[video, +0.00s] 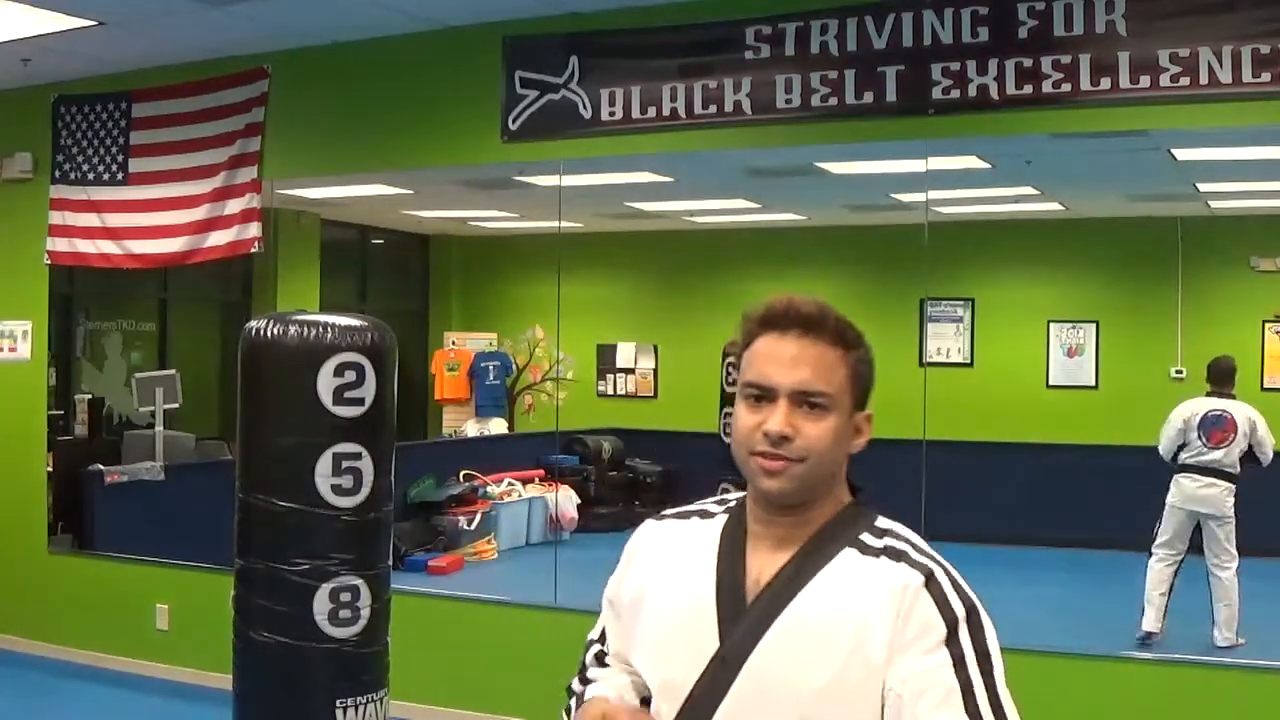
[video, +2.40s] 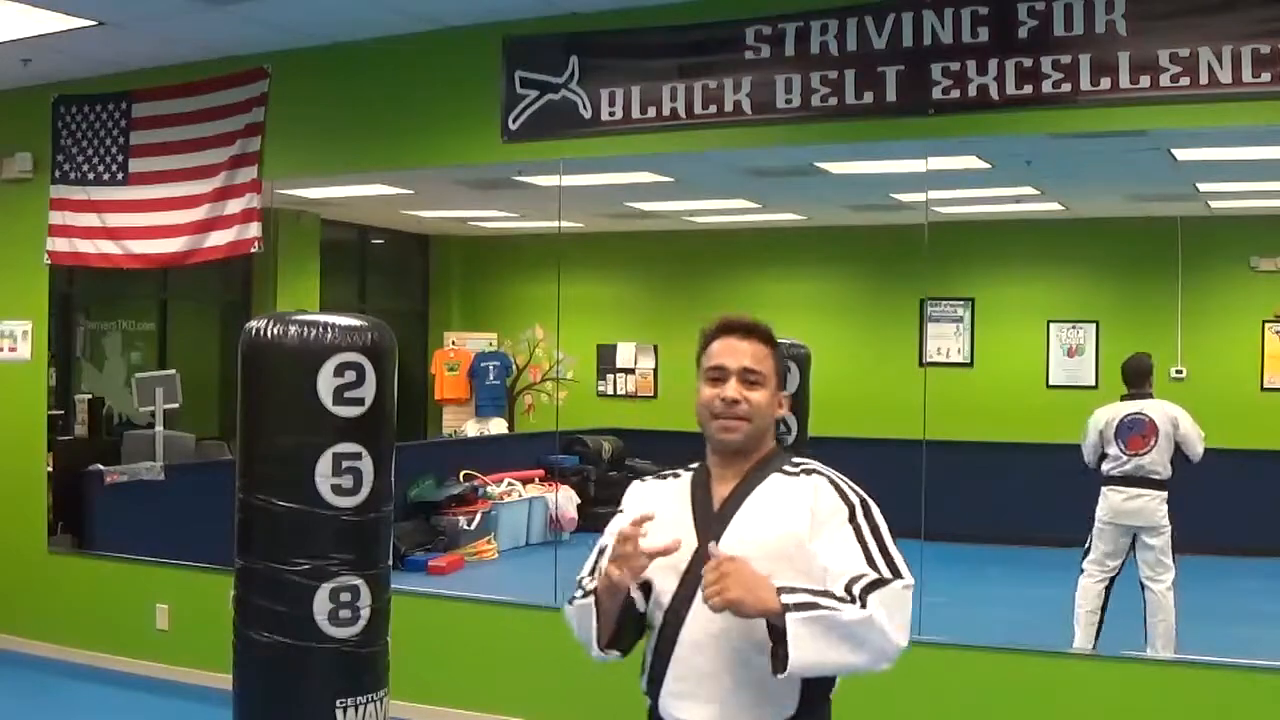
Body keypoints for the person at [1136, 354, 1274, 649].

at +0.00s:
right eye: (1231, 377)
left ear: (1208, 379)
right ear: (1234, 380)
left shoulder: (1187, 408)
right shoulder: (1249, 414)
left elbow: (1166, 450)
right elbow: (1266, 456)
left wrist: (1189, 460)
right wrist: (1238, 450)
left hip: (1184, 489)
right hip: (1220, 495)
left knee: (1165, 554)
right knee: (1223, 563)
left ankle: (1149, 627)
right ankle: (1225, 636)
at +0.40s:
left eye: (1173, 389)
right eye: (1191, 388)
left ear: (1168, 392)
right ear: (1195, 391)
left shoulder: (1151, 426)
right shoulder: (1213, 425)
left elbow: (1134, 471)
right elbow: (1235, 467)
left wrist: (1159, 474)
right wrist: (1230, 486)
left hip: (1159, 504)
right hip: (1197, 506)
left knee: (1143, 569)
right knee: (1212, 569)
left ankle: (1132, 635)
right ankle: (1226, 637)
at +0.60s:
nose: (1165, 381)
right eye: (1166, 376)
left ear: (1139, 381)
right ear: (1166, 380)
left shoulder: (1122, 413)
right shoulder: (1184, 411)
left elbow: (1103, 459)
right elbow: (1203, 454)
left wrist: (1134, 466)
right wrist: (1183, 475)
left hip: (1135, 497)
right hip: (1174, 498)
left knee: (1130, 566)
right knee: (1192, 563)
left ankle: (1129, 641)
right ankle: (1207, 633)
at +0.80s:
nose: (1148, 367)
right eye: (1150, 362)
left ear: (1124, 367)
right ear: (1152, 365)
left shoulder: (1106, 399)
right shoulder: (1171, 395)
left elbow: (1092, 445)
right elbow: (1195, 434)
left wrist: (1121, 453)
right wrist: (1171, 453)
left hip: (1123, 485)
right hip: (1162, 485)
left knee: (1117, 553)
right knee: (1175, 552)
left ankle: (1112, 630)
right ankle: (1161, 618)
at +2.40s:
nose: (1149, 380)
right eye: (1150, 375)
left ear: (1123, 379)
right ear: (1151, 378)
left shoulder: (1103, 414)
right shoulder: (1171, 412)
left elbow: (1091, 458)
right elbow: (1196, 451)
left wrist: (1119, 443)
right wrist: (1171, 430)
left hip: (1113, 501)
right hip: (1152, 503)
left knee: (1096, 572)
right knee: (1158, 578)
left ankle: (1081, 649)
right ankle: (1162, 657)